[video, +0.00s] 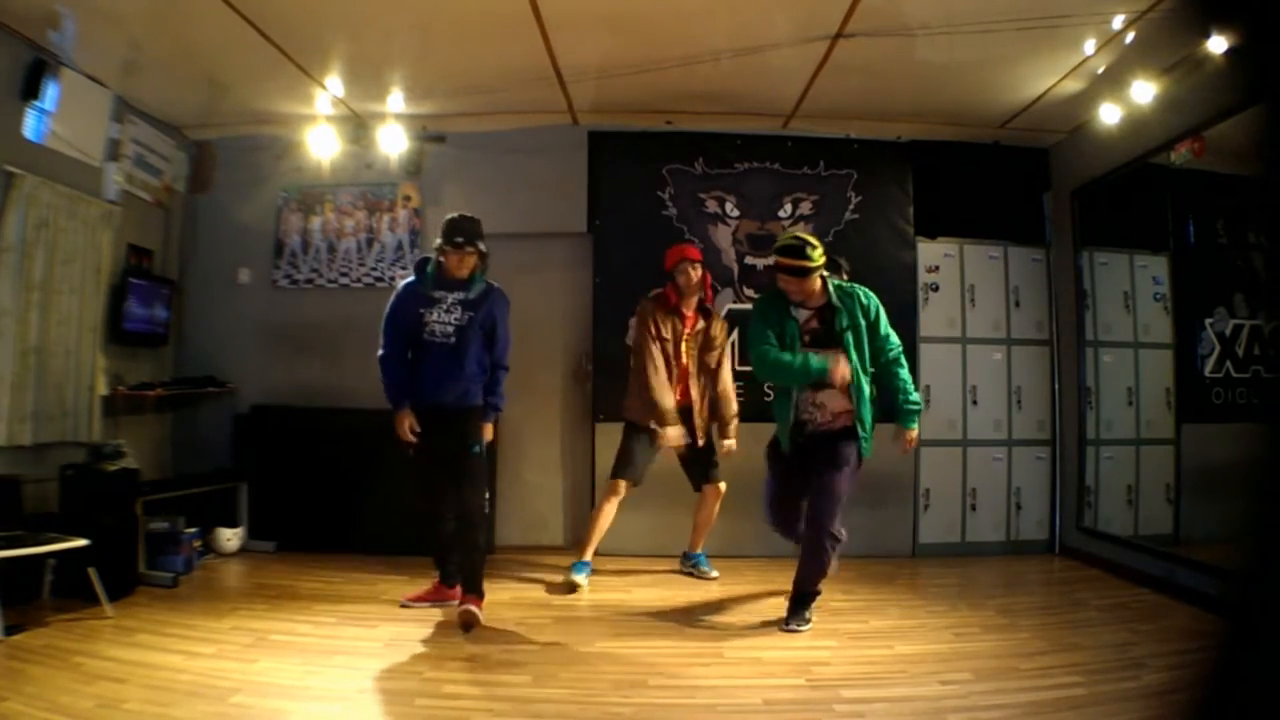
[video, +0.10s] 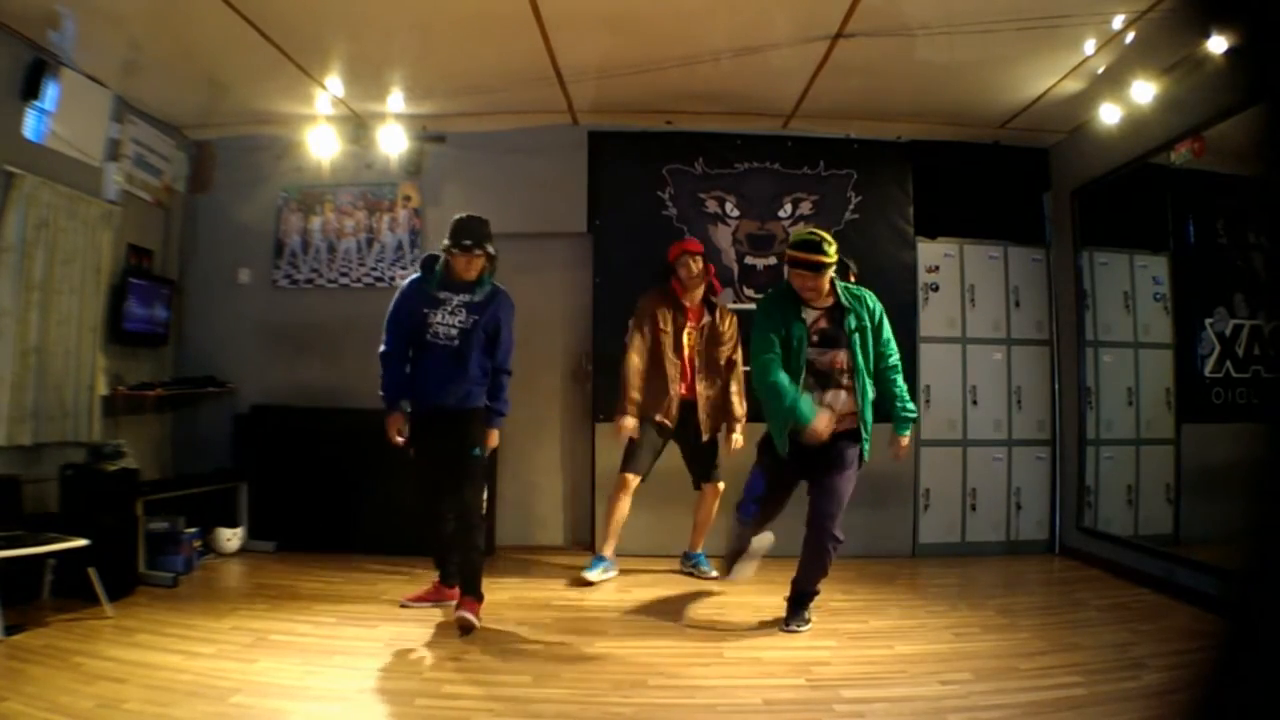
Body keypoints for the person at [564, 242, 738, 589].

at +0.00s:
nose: (692, 273)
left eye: (696, 266)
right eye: (684, 267)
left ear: (704, 273)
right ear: (672, 274)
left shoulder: (712, 323)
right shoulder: (652, 312)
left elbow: (722, 378)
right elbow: (652, 370)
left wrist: (728, 428)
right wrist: (667, 420)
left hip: (693, 418)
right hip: (649, 414)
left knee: (714, 487)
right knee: (618, 486)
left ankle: (693, 555)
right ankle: (584, 563)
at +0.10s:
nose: (691, 269)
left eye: (696, 262)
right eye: (684, 263)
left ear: (705, 266)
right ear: (674, 268)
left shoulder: (722, 316)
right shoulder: (653, 307)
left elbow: (733, 370)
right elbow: (635, 358)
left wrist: (736, 419)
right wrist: (629, 410)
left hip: (701, 412)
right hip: (657, 409)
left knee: (712, 485)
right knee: (628, 479)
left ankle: (694, 554)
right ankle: (605, 557)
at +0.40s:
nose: (677, 261)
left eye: (683, 255)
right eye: (671, 255)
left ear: (695, 259)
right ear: (663, 260)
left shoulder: (720, 305)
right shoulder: (647, 299)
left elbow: (738, 352)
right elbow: (611, 335)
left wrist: (730, 393)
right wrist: (585, 374)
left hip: (703, 403)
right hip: (660, 401)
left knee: (702, 481)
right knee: (642, 479)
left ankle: (708, 552)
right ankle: (656, 541)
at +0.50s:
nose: (660, 265)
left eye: (667, 260)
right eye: (657, 259)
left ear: (683, 265)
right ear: (652, 263)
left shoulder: (715, 306)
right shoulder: (643, 306)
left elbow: (742, 351)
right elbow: (607, 338)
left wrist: (720, 391)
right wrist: (589, 369)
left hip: (701, 406)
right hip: (659, 403)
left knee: (699, 483)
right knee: (626, 468)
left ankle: (708, 554)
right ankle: (642, 534)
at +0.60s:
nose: (640, 265)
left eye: (648, 260)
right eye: (640, 259)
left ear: (666, 267)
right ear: (643, 265)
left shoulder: (705, 299)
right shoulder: (636, 303)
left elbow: (735, 343)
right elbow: (614, 339)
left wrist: (704, 379)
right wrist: (594, 356)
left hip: (694, 401)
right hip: (654, 398)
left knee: (695, 479)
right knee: (623, 464)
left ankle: (708, 553)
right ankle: (622, 543)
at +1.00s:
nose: (612, 259)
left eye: (618, 252)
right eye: (605, 253)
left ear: (630, 257)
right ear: (596, 260)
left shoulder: (657, 298)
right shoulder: (588, 305)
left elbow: (659, 357)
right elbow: (587, 361)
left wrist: (649, 412)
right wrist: (605, 411)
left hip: (650, 402)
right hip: (609, 404)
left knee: (666, 479)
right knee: (600, 481)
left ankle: (676, 534)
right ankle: (599, 558)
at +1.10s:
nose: (616, 254)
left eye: (622, 247)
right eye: (608, 249)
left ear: (633, 253)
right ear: (599, 256)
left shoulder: (657, 300)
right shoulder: (583, 302)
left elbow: (666, 358)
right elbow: (572, 357)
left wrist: (663, 407)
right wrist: (587, 402)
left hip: (645, 400)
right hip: (602, 400)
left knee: (660, 474)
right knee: (595, 479)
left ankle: (654, 536)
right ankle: (597, 558)